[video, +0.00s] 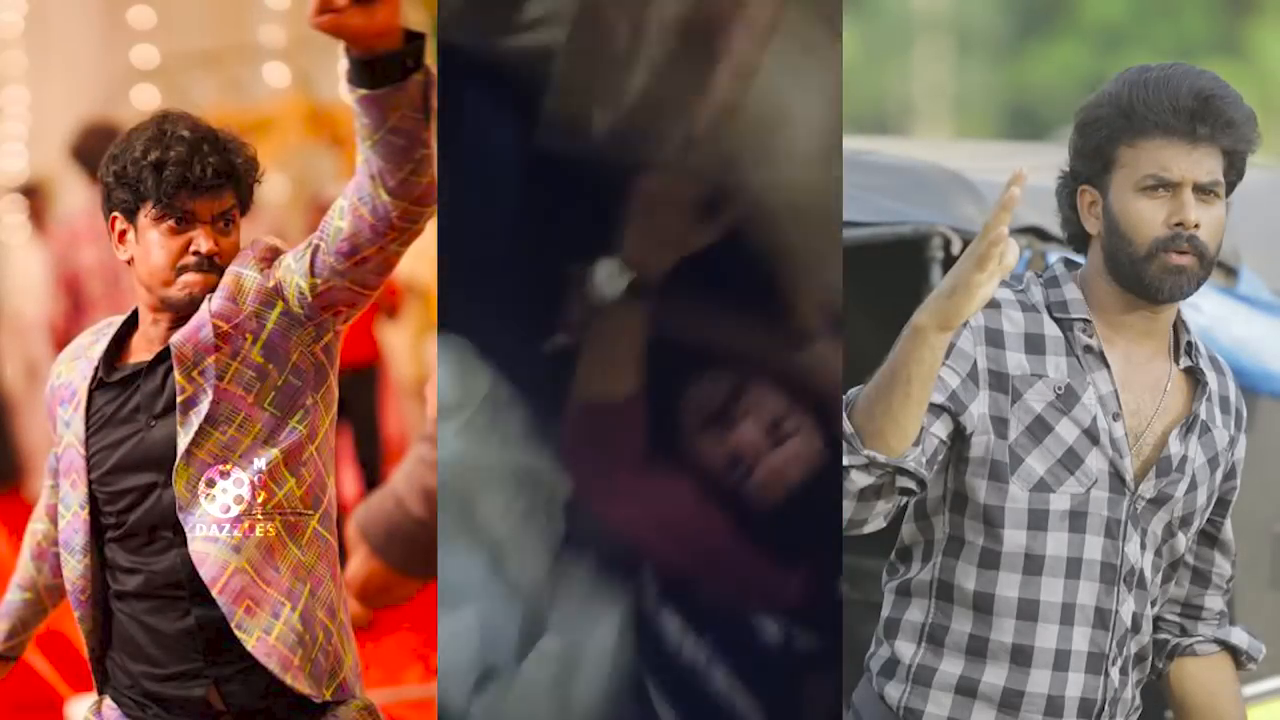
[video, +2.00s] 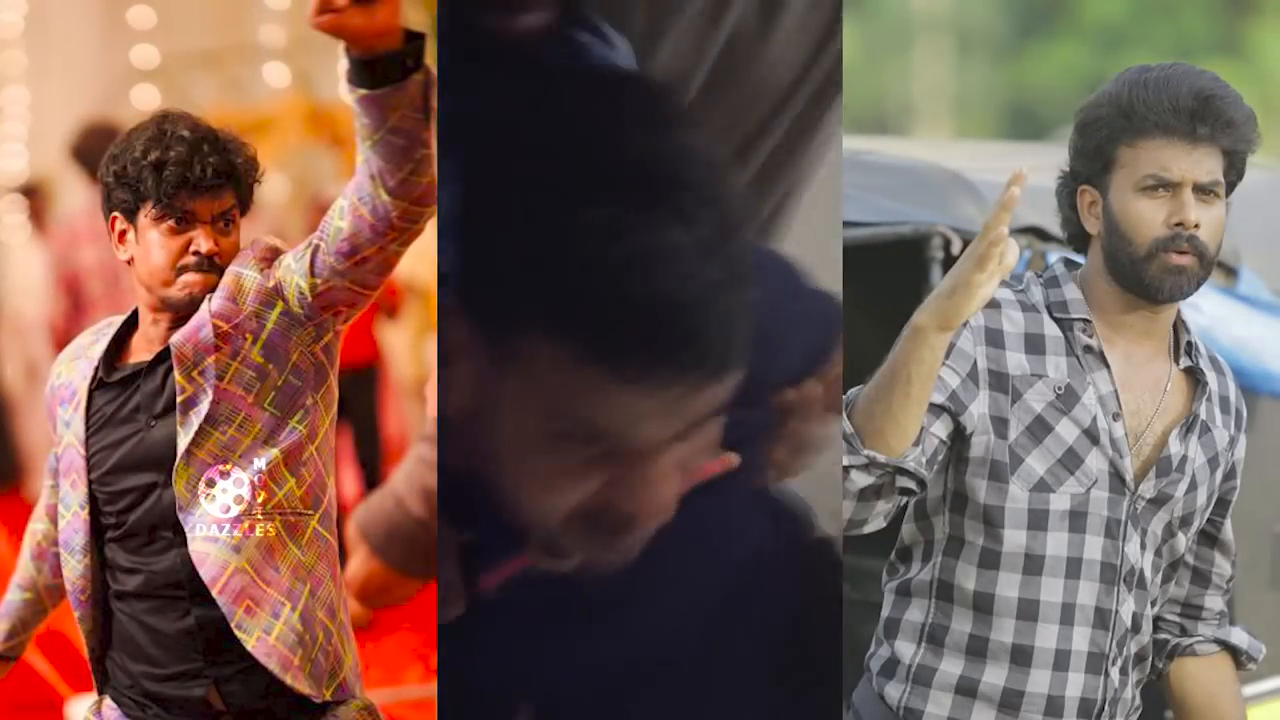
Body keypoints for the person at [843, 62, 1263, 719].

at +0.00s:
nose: (1187, 217)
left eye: (1207, 194)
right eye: (1157, 190)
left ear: (1227, 208)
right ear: (1092, 208)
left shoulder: (1219, 397)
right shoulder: (984, 329)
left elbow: (1193, 617)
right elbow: (854, 506)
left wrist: (1226, 711)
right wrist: (932, 326)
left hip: (1106, 709)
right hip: (936, 702)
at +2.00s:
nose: (1187, 217)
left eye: (1207, 194)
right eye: (1157, 190)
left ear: (1227, 208)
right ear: (1092, 207)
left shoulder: (1219, 398)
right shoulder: (984, 329)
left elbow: (1193, 617)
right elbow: (851, 507)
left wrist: (1225, 711)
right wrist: (931, 327)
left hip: (1105, 709)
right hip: (934, 702)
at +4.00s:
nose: (1187, 217)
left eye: (1207, 194)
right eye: (1157, 190)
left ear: (1227, 208)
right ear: (1092, 207)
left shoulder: (1219, 398)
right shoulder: (983, 329)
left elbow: (1193, 617)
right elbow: (851, 507)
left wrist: (1225, 711)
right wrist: (931, 327)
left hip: (1105, 709)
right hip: (936, 702)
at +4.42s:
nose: (1187, 217)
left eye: (1207, 194)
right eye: (1157, 190)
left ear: (1227, 208)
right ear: (1092, 207)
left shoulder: (1219, 398)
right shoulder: (984, 328)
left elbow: (1193, 617)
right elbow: (852, 507)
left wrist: (1225, 711)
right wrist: (931, 327)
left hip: (1105, 709)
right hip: (935, 702)